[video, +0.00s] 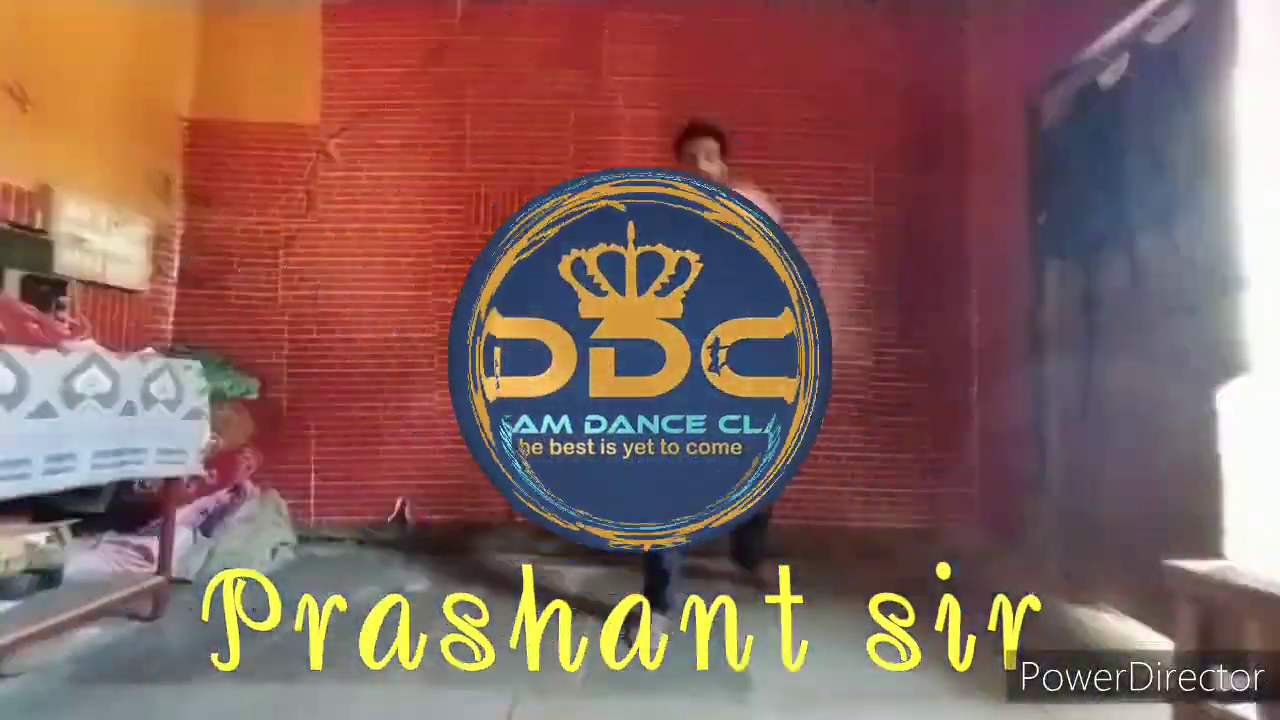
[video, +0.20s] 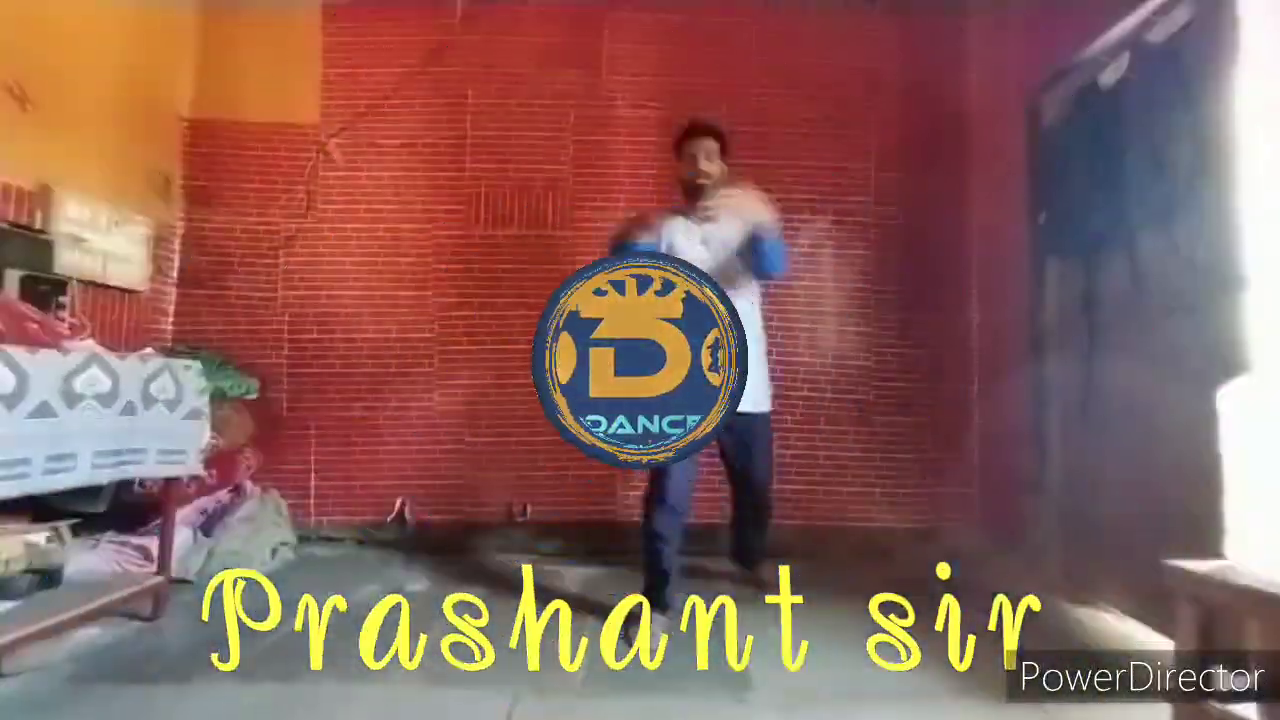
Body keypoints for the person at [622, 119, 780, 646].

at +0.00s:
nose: (704, 165)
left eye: (711, 156)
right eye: (693, 157)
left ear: (724, 159)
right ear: (680, 162)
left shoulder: (748, 204)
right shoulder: (666, 210)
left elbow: (777, 273)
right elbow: (650, 278)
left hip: (743, 353)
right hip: (672, 357)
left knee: (754, 452)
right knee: (664, 467)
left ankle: (749, 550)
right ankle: (656, 590)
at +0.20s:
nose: (702, 166)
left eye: (711, 157)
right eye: (692, 157)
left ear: (725, 163)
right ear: (679, 166)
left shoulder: (748, 221)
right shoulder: (659, 230)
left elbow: (772, 269)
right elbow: (624, 294)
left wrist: (761, 217)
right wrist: (627, 245)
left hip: (746, 384)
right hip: (680, 387)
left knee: (755, 483)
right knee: (667, 491)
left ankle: (751, 559)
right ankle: (656, 597)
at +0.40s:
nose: (680, 140)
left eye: (691, 131)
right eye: (673, 129)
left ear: (711, 140)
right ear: (660, 136)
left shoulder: (730, 183)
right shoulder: (646, 190)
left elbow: (720, 213)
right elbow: (661, 229)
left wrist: (673, 230)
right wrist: (692, 242)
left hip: (727, 357)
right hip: (665, 360)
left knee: (738, 475)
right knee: (656, 483)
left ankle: (726, 591)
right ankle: (657, 601)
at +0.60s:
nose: (673, 123)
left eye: (685, 114)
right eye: (665, 113)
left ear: (704, 127)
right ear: (652, 120)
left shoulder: (726, 176)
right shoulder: (629, 185)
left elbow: (733, 244)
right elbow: (628, 253)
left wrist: (707, 291)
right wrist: (644, 314)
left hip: (713, 358)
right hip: (650, 357)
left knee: (710, 488)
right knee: (648, 489)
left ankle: (702, 610)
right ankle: (655, 607)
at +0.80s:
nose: (686, 131)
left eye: (697, 122)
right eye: (676, 120)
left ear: (711, 134)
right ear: (656, 128)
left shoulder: (734, 197)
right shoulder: (622, 199)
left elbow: (760, 272)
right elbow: (590, 271)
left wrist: (749, 332)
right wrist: (614, 334)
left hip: (715, 372)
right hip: (643, 373)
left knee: (708, 496)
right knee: (645, 497)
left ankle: (695, 606)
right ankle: (652, 608)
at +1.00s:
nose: (702, 96)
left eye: (712, 86)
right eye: (690, 86)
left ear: (728, 98)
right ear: (672, 95)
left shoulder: (747, 176)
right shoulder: (639, 165)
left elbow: (751, 254)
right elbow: (603, 247)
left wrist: (742, 315)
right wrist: (608, 325)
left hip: (711, 355)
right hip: (640, 350)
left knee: (696, 482)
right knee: (634, 458)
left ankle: (682, 601)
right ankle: (636, 521)